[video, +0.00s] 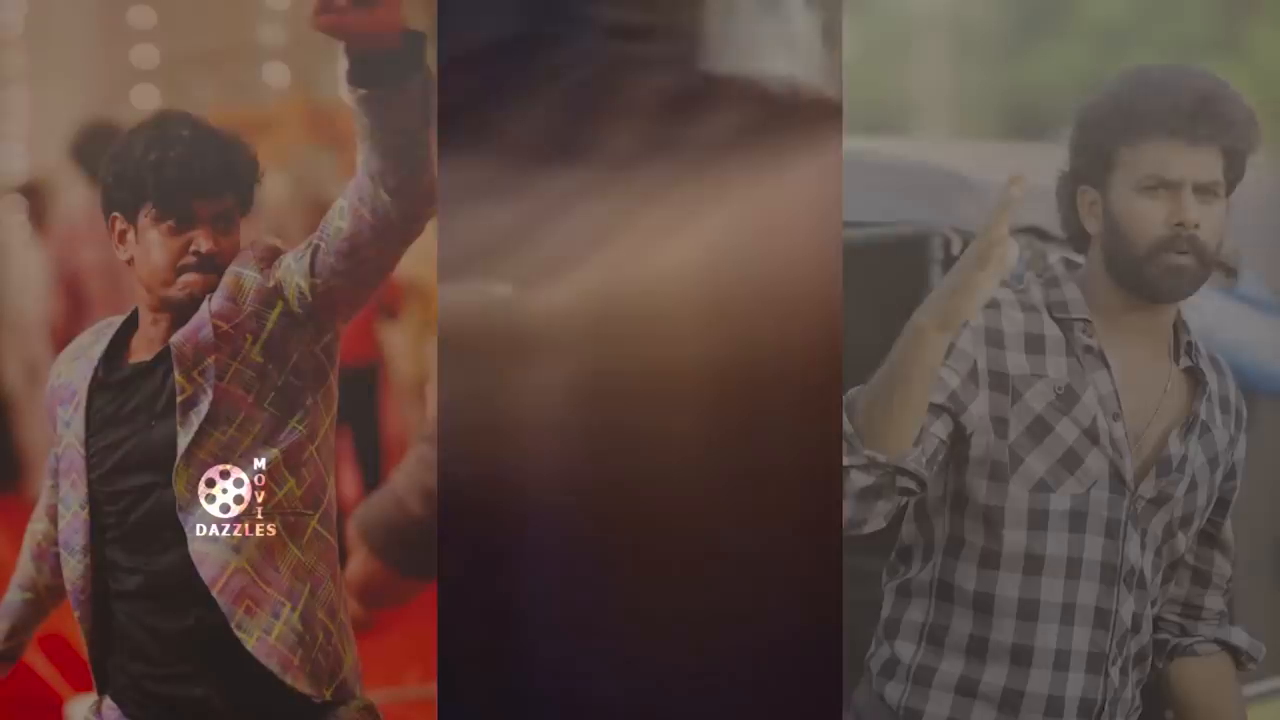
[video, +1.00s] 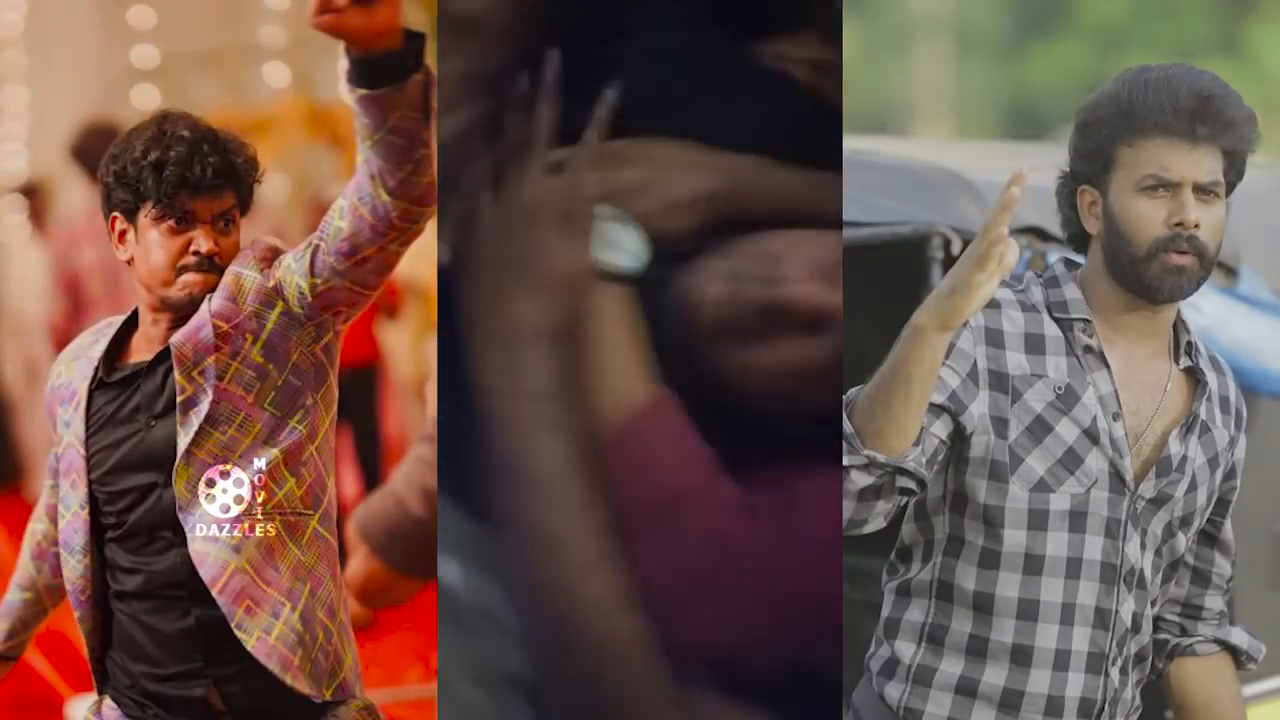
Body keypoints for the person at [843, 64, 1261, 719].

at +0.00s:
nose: (1187, 218)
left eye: (1207, 194)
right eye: (1156, 190)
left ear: (1228, 210)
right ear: (1091, 208)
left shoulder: (1219, 400)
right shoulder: (987, 323)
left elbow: (1192, 616)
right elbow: (853, 508)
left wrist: (1225, 709)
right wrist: (937, 316)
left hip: (1107, 709)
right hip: (939, 701)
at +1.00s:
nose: (1187, 217)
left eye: (1207, 194)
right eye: (1157, 190)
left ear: (1227, 209)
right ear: (1092, 208)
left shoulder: (1219, 398)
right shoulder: (984, 329)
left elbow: (1193, 616)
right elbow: (853, 508)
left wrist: (1224, 711)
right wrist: (932, 326)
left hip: (1106, 709)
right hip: (936, 702)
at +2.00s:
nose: (1187, 217)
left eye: (1207, 194)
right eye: (1157, 190)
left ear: (1227, 208)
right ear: (1092, 208)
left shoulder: (1219, 397)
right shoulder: (984, 329)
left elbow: (1193, 617)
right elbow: (854, 506)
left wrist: (1226, 711)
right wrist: (932, 326)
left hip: (1106, 709)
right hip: (936, 702)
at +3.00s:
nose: (1187, 217)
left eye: (1207, 194)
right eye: (1157, 190)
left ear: (1227, 208)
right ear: (1092, 208)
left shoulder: (1219, 398)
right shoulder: (984, 329)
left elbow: (1193, 615)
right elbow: (851, 508)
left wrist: (1225, 711)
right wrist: (931, 328)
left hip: (1105, 709)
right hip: (934, 702)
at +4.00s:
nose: (1187, 217)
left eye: (1207, 194)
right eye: (1157, 190)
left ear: (1227, 208)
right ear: (1092, 207)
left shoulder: (1219, 398)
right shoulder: (984, 329)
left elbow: (1193, 617)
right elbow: (851, 507)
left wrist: (1225, 711)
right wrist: (931, 327)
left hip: (1105, 709)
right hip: (934, 702)